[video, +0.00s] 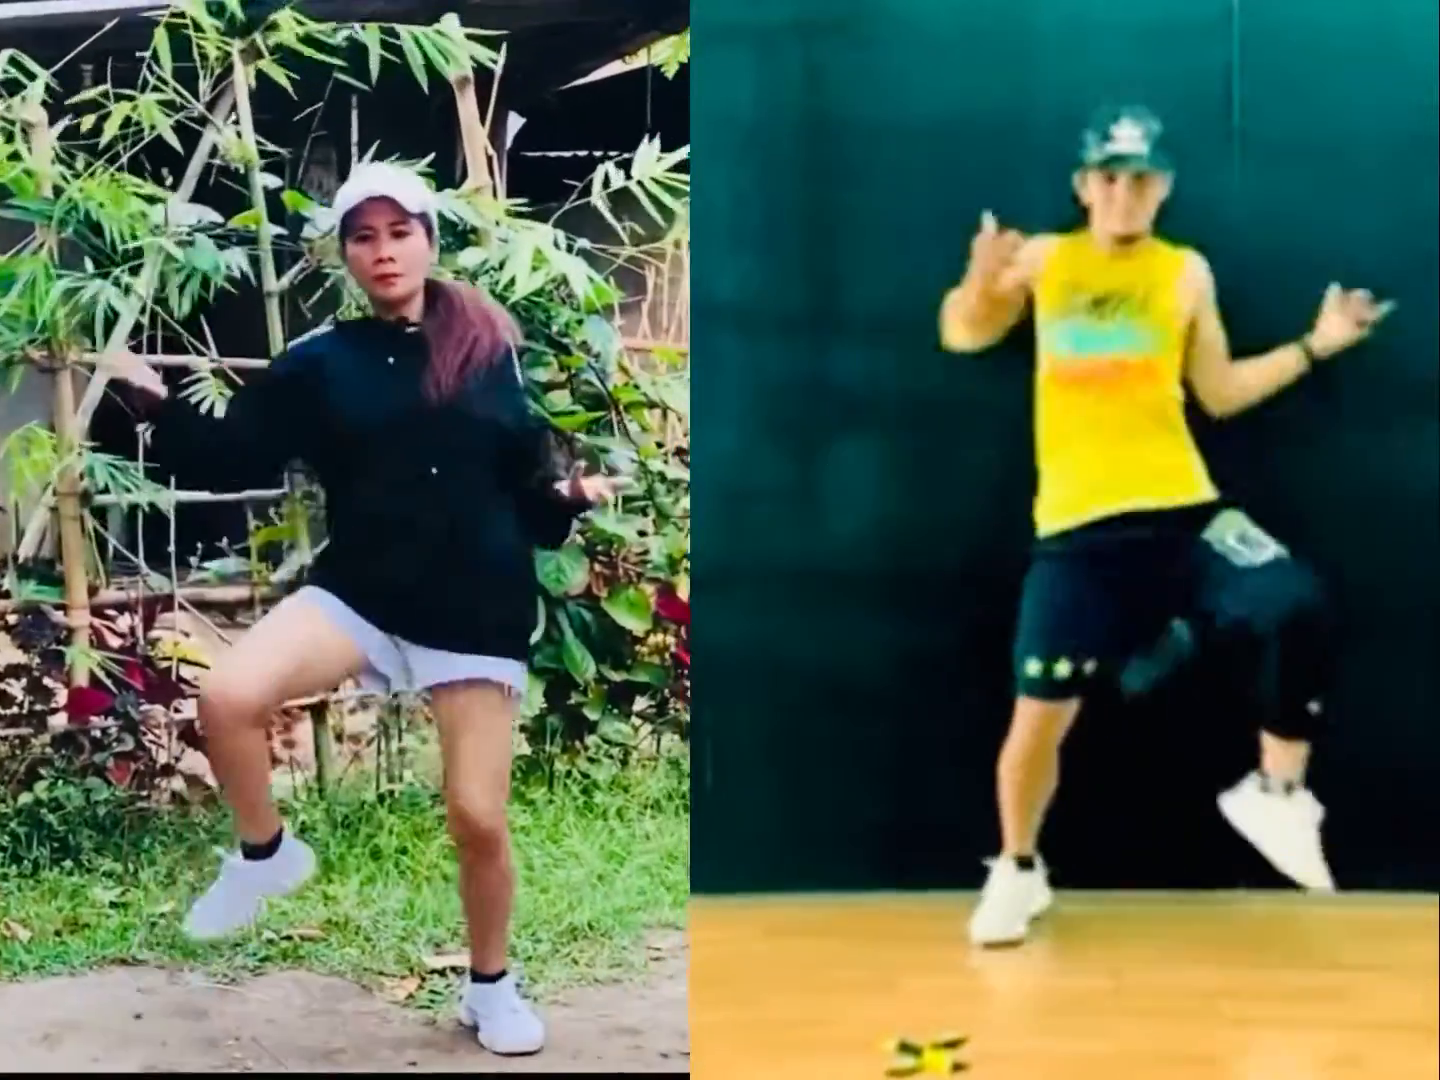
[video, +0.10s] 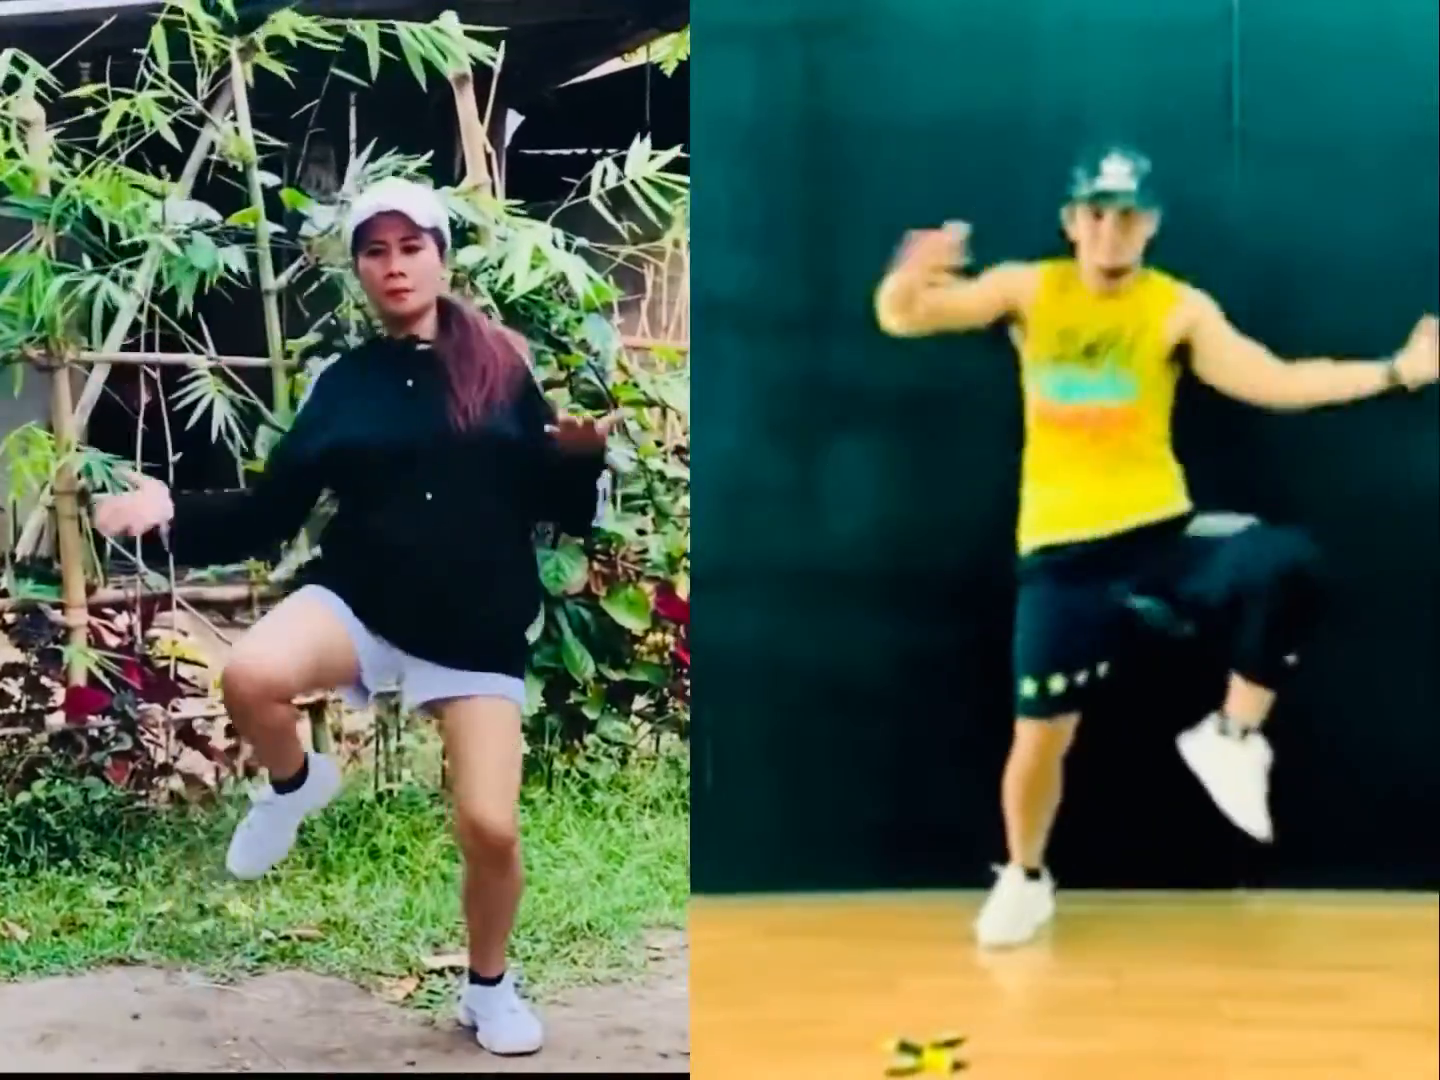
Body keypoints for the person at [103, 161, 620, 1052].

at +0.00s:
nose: (384, 250)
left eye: (400, 231)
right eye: (364, 237)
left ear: (430, 242)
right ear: (345, 256)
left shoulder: (483, 346)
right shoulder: (317, 363)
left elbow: (524, 491)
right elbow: (225, 455)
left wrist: (564, 498)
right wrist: (145, 392)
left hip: (477, 607)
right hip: (359, 591)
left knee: (479, 820)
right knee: (229, 695)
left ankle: (492, 985)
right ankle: (264, 854)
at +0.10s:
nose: (395, 266)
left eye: (412, 247)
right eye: (376, 252)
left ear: (445, 259)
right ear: (358, 273)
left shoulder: (498, 366)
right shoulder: (345, 382)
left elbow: (556, 512)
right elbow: (270, 512)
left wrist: (577, 458)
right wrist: (172, 513)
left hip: (480, 627)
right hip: (361, 599)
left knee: (492, 829)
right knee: (250, 675)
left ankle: (489, 984)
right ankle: (296, 782)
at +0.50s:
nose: (312, 291)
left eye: (332, 277)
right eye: (297, 275)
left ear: (365, 292)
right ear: (273, 288)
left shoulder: (415, 394)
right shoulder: (237, 388)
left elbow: (541, 430)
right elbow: (149, 347)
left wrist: (589, 316)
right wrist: (212, 231)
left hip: (427, 659)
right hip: (294, 656)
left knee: (461, 846)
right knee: (192, 809)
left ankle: (484, 993)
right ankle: (139, 986)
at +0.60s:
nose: (284, 289)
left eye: (305, 273)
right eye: (268, 272)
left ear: (337, 292)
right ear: (246, 288)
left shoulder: (389, 394)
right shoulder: (189, 395)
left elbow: (488, 373)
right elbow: (79, 379)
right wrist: (109, 314)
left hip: (378, 670)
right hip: (237, 674)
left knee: (437, 847)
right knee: (166, 844)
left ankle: (483, 990)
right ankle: (144, 996)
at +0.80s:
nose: (206, 245)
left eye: (228, 230)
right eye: (190, 228)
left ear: (260, 247)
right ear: (166, 242)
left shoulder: (297, 347)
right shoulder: (104, 345)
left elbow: (419, 332)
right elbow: (6, 311)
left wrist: (368, 275)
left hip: (288, 607)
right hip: (152, 629)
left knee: (386, 759)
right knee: (117, 842)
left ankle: (368, 889)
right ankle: (125, 1009)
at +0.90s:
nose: (180, 258)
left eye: (202, 243)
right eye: (164, 240)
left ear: (234, 263)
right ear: (139, 255)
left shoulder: (263, 370)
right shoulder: (79, 351)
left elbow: (380, 410)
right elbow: (2, 284)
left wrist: (458, 330)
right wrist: (7, 144)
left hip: (272, 592)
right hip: (151, 628)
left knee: (348, 713)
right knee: (118, 850)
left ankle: (311, 800)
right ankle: (128, 1012)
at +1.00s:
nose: (176, 269)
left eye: (198, 252)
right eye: (159, 250)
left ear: (228, 273)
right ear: (130, 264)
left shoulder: (255, 389)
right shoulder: (65, 366)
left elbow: (384, 418)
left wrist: (480, 302)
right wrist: (29, 230)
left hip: (260, 593)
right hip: (143, 638)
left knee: (340, 675)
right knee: (121, 863)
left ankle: (307, 777)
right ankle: (128, 1012)